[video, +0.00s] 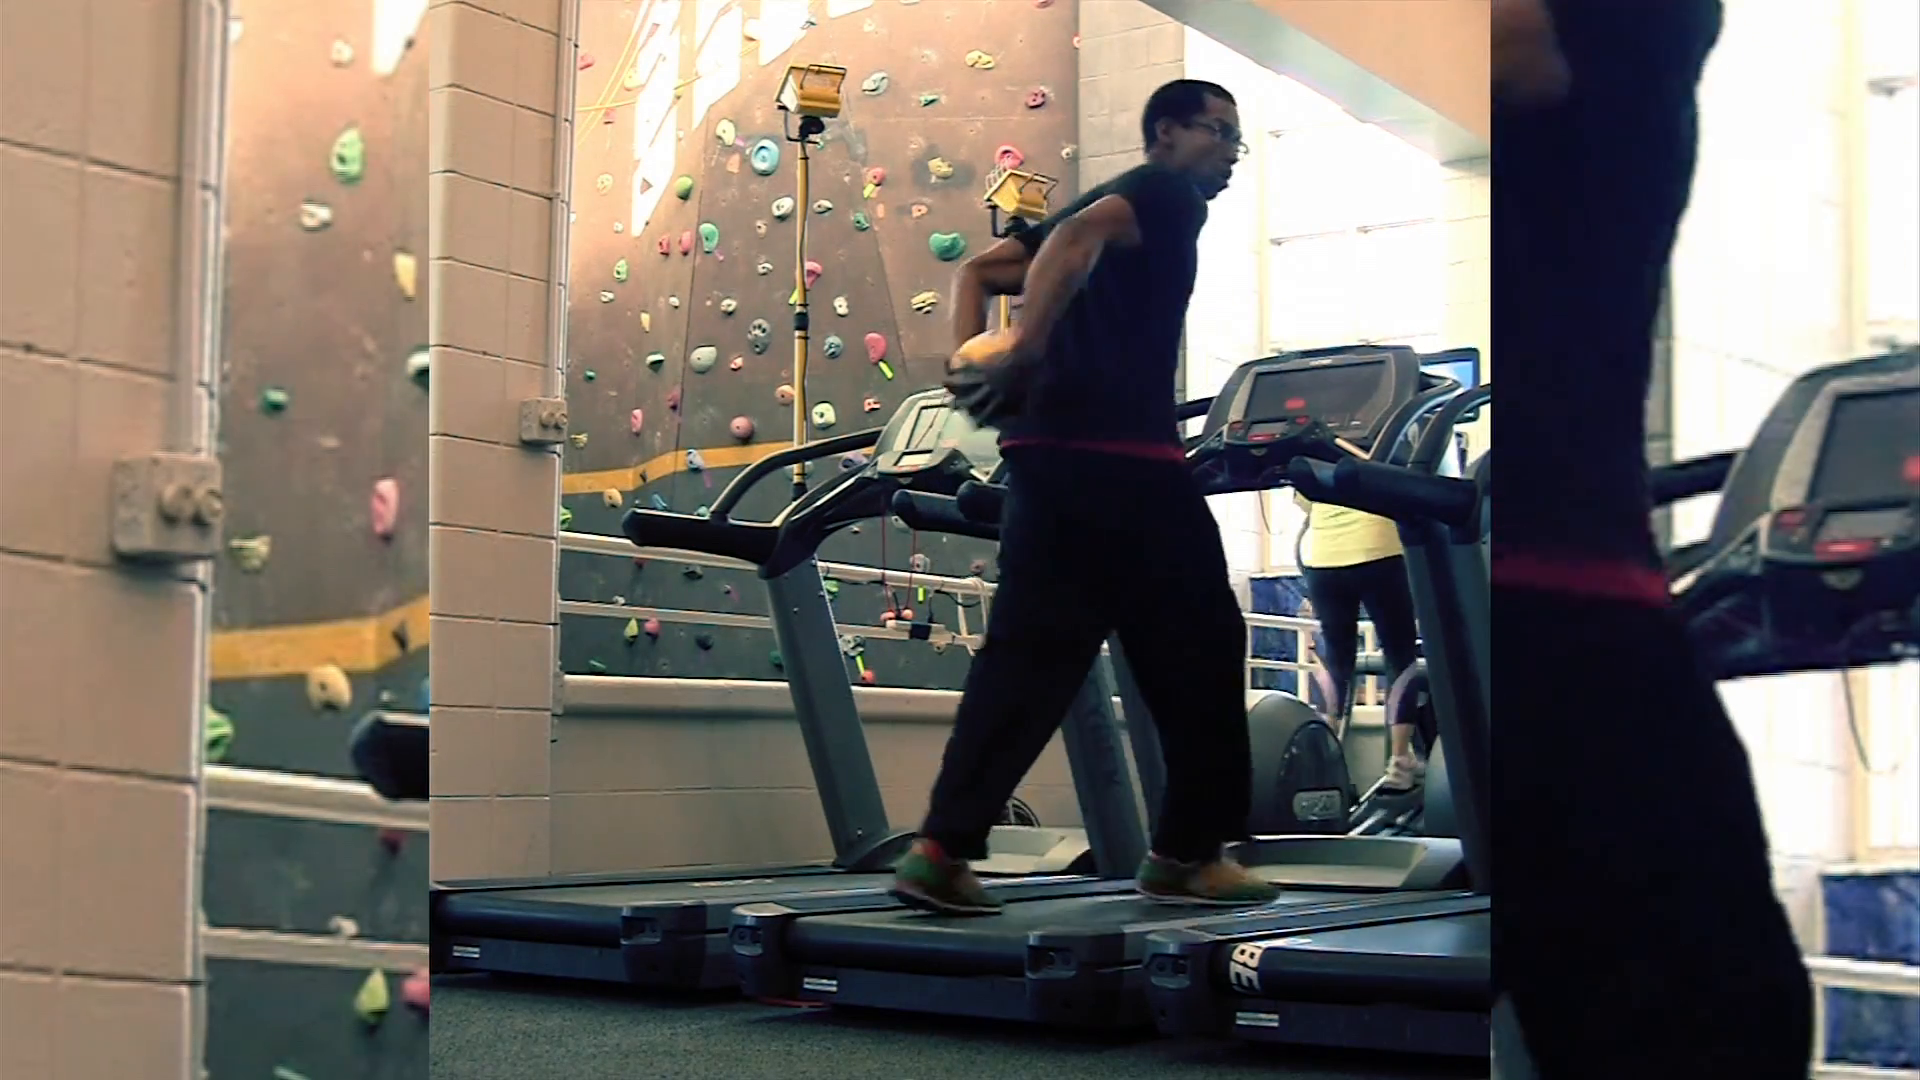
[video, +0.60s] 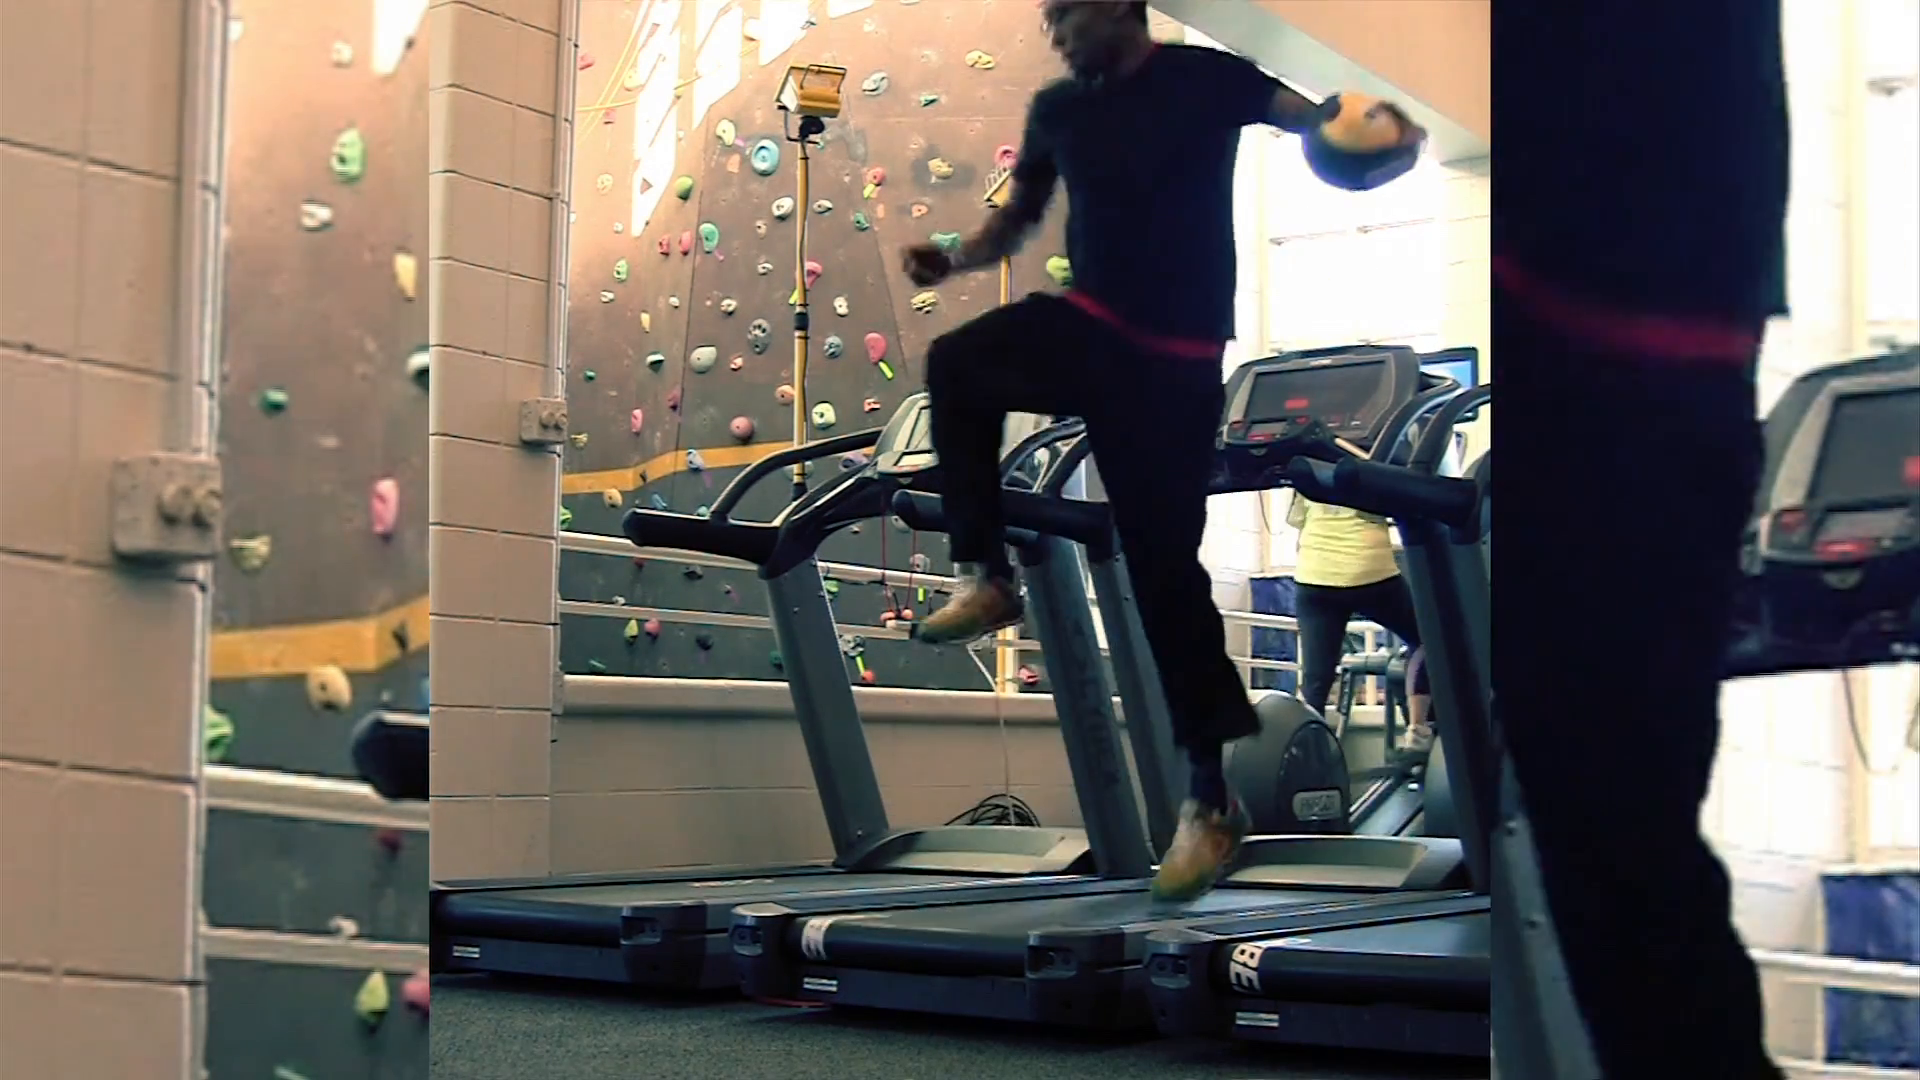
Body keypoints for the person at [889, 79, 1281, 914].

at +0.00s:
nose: (1234, 150)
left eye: (1237, 138)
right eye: (1220, 132)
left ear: (1169, 142)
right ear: (1167, 131)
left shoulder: (1101, 205)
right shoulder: (1170, 189)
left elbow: (978, 270)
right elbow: (1079, 235)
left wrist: (964, 366)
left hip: (1052, 475)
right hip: (1133, 474)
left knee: (1029, 654)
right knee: (1204, 647)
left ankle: (942, 848)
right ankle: (1189, 853)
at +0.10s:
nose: (1256, 158)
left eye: (1259, 146)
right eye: (1240, 140)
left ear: (1185, 156)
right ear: (1188, 145)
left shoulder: (1130, 218)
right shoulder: (1178, 205)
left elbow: (992, 275)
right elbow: (1058, 261)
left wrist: (956, 389)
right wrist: (1011, 385)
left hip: (1079, 483)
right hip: (1137, 482)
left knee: (1096, 680)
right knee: (1217, 663)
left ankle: (947, 774)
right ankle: (1138, 859)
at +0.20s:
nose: (1239, 145)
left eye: (1244, 133)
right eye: (1223, 128)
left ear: (1230, 145)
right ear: (1176, 135)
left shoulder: (1168, 216)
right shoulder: (1152, 206)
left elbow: (1066, 304)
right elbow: (1034, 283)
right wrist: (1021, 421)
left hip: (1121, 478)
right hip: (1114, 481)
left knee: (1181, 653)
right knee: (1212, 650)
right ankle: (1096, 861)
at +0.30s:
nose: (1192, 64)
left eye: (1204, 51)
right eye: (1176, 49)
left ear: (1216, 62)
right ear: (1142, 55)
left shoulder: (1193, 157)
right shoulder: (1104, 134)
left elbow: (1163, 239)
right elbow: (991, 215)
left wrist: (1224, 263)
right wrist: (1021, 332)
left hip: (1169, 401)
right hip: (1096, 405)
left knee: (1267, 539)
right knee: (1108, 620)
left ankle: (1095, 582)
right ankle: (1059, 843)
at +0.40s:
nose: (1147, 5)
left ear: (1182, 4)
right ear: (1112, 2)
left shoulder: (1217, 81)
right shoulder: (1069, 71)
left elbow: (1266, 174)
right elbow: (976, 169)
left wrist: (1330, 176)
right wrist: (1001, 252)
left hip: (1173, 342)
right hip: (1074, 342)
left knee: (1223, 494)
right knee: (1063, 540)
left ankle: (1128, 633)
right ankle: (1040, 741)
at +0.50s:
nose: (1107, 4)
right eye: (1097, 0)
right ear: (1090, 3)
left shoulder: (1222, 52)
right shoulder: (1057, 60)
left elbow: (1318, 122)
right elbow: (988, 165)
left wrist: (1370, 115)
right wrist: (970, 221)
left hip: (1174, 329)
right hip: (1071, 309)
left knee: (1167, 531)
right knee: (1023, 433)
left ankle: (1192, 718)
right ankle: (1004, 626)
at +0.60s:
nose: (1054, 29)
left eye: (1068, 11)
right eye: (1048, 17)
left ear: (1124, 7)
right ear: (1054, 26)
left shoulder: (1207, 76)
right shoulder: (1057, 107)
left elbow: (1317, 117)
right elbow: (1010, 222)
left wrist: (1374, 123)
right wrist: (951, 257)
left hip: (1173, 359)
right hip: (1081, 331)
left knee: (1164, 569)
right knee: (958, 364)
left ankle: (1209, 803)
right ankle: (986, 577)